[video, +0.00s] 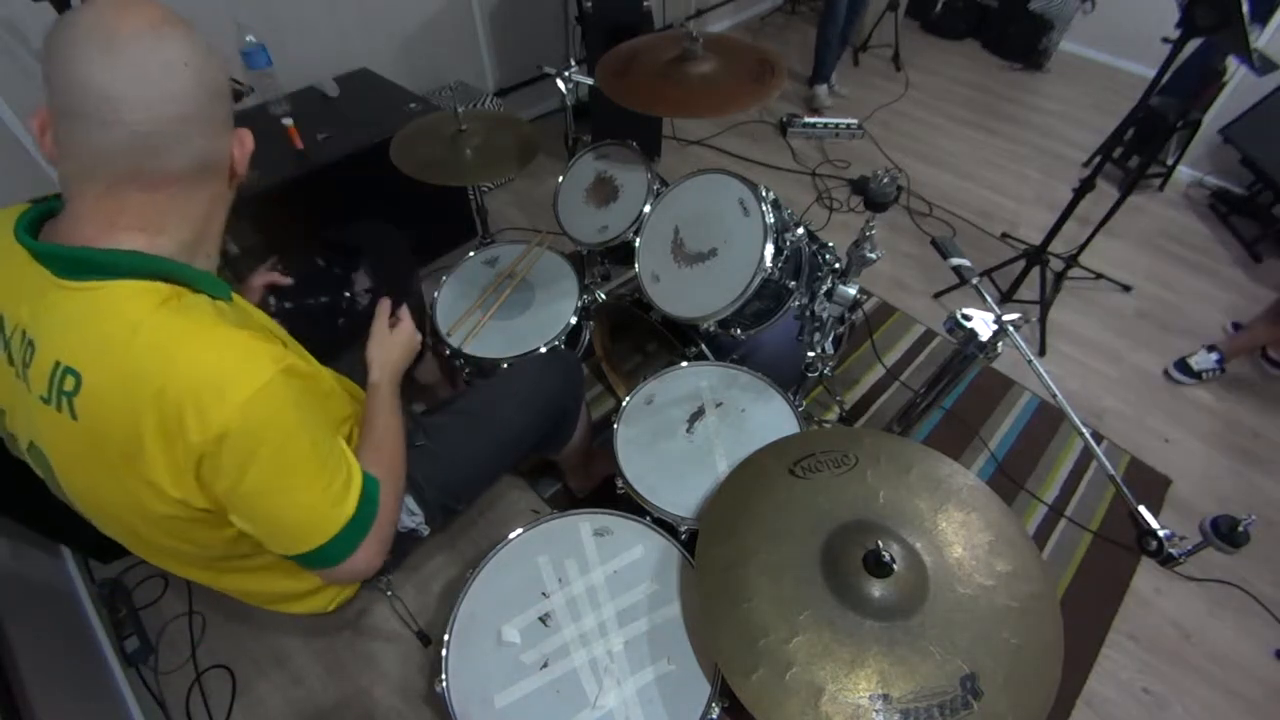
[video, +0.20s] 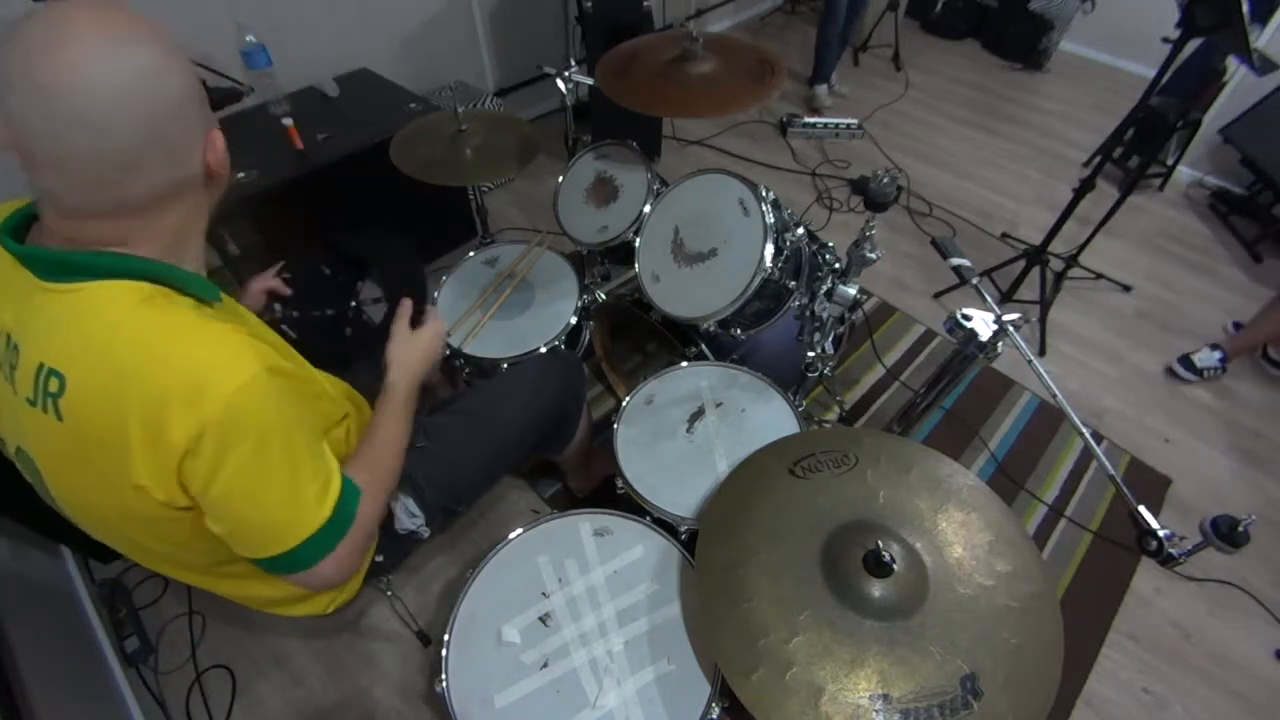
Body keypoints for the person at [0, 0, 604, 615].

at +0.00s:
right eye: (248, 125)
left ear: (45, 135)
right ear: (239, 156)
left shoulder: (20, 243)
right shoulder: (237, 382)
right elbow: (361, 550)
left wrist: (230, 309)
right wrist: (384, 380)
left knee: (372, 250)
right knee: (553, 365)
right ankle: (581, 467)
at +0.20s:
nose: (221, 134)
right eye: (218, 119)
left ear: (27, 152)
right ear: (214, 156)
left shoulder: (18, 255)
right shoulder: (218, 383)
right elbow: (333, 558)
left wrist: (226, 312)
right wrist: (406, 383)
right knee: (555, 365)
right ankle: (574, 470)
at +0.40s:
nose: (235, 158)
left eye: (223, 140)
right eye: (226, 148)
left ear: (48, 179)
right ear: (199, 200)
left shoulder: (21, 258)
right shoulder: (177, 403)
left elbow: (138, 314)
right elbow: (365, 544)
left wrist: (251, 280)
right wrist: (430, 347)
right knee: (555, 373)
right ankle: (584, 470)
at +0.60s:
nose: (285, 229)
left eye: (279, 211)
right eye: (274, 221)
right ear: (193, 258)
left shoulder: (30, 219)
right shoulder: (124, 419)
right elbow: (398, 498)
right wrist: (352, 254)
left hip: (249, 376)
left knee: (387, 286)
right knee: (553, 379)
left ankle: (427, 386)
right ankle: (577, 470)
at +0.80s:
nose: (316, 232)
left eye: (306, 223)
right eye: (307, 225)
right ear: (204, 268)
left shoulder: (43, 212)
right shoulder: (84, 406)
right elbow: (407, 467)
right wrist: (236, 216)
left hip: (241, 368)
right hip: (333, 517)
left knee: (417, 284)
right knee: (552, 380)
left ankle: (432, 395)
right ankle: (577, 466)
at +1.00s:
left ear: (123, 180)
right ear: (215, 258)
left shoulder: (51, 209)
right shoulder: (85, 396)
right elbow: (422, 441)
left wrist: (315, 244)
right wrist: (218, 193)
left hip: (243, 377)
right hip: (334, 519)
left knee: (414, 285)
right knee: (555, 382)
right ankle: (580, 468)